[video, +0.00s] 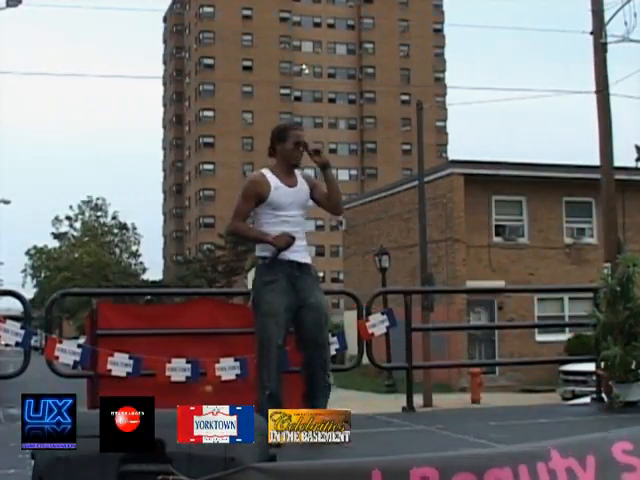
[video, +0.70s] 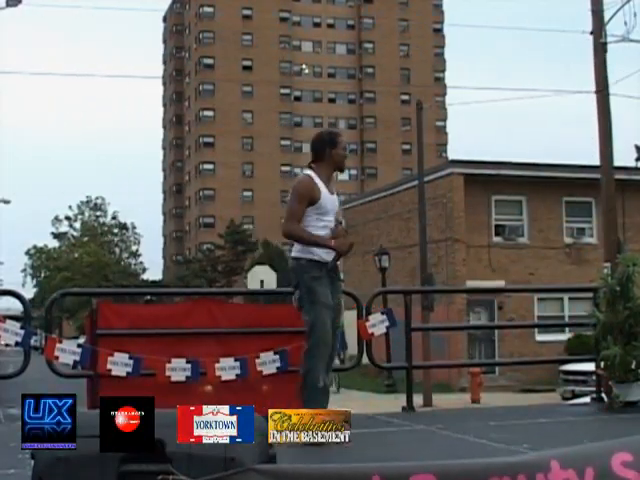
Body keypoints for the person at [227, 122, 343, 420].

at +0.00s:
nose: (303, 150)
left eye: (304, 145)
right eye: (296, 145)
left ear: (303, 150)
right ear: (276, 148)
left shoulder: (305, 181)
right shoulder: (259, 182)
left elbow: (335, 207)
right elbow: (235, 225)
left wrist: (325, 168)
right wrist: (270, 239)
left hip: (305, 272)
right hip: (273, 271)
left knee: (318, 342)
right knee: (271, 343)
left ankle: (318, 411)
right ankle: (270, 414)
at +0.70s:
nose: (346, 155)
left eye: (345, 150)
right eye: (342, 150)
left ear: (329, 153)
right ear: (327, 153)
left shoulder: (327, 185)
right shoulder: (306, 183)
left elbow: (324, 225)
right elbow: (289, 228)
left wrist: (339, 231)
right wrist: (330, 243)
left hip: (327, 264)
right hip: (309, 264)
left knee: (330, 334)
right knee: (321, 334)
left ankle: (318, 403)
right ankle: (314, 405)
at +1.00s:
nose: (364, 157)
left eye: (363, 152)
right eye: (361, 152)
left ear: (345, 154)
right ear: (350, 154)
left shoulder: (346, 187)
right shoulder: (326, 183)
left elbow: (345, 241)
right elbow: (306, 231)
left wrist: (356, 282)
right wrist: (297, 275)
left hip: (340, 270)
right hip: (324, 269)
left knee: (326, 348)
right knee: (341, 350)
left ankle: (314, 417)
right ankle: (361, 423)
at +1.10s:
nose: (372, 154)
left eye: (371, 149)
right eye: (369, 149)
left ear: (355, 152)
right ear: (356, 151)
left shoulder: (356, 184)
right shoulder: (332, 181)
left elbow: (349, 235)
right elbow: (304, 228)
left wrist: (359, 273)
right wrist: (298, 276)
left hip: (347, 267)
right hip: (330, 266)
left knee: (334, 347)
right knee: (348, 345)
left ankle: (314, 416)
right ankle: (360, 423)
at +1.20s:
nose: (378, 151)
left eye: (377, 146)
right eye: (374, 146)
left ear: (361, 149)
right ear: (358, 148)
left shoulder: (361, 182)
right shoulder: (336, 179)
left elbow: (356, 236)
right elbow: (309, 225)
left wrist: (364, 278)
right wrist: (305, 273)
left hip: (356, 266)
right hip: (337, 265)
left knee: (352, 342)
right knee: (353, 342)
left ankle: (322, 409)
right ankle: (361, 424)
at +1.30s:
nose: (381, 148)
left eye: (380, 143)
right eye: (376, 143)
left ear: (365, 148)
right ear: (360, 147)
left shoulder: (367, 182)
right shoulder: (338, 180)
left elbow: (360, 230)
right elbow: (315, 227)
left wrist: (369, 263)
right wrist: (317, 278)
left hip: (365, 266)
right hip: (343, 264)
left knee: (381, 335)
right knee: (355, 343)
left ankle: (333, 398)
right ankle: (362, 425)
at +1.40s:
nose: (385, 146)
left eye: (384, 141)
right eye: (379, 141)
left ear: (369, 146)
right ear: (361, 145)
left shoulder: (372, 178)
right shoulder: (341, 178)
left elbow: (364, 228)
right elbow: (323, 227)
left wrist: (376, 259)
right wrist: (329, 278)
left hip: (373, 266)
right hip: (350, 266)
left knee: (391, 340)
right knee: (357, 345)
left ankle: (353, 400)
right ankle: (361, 426)